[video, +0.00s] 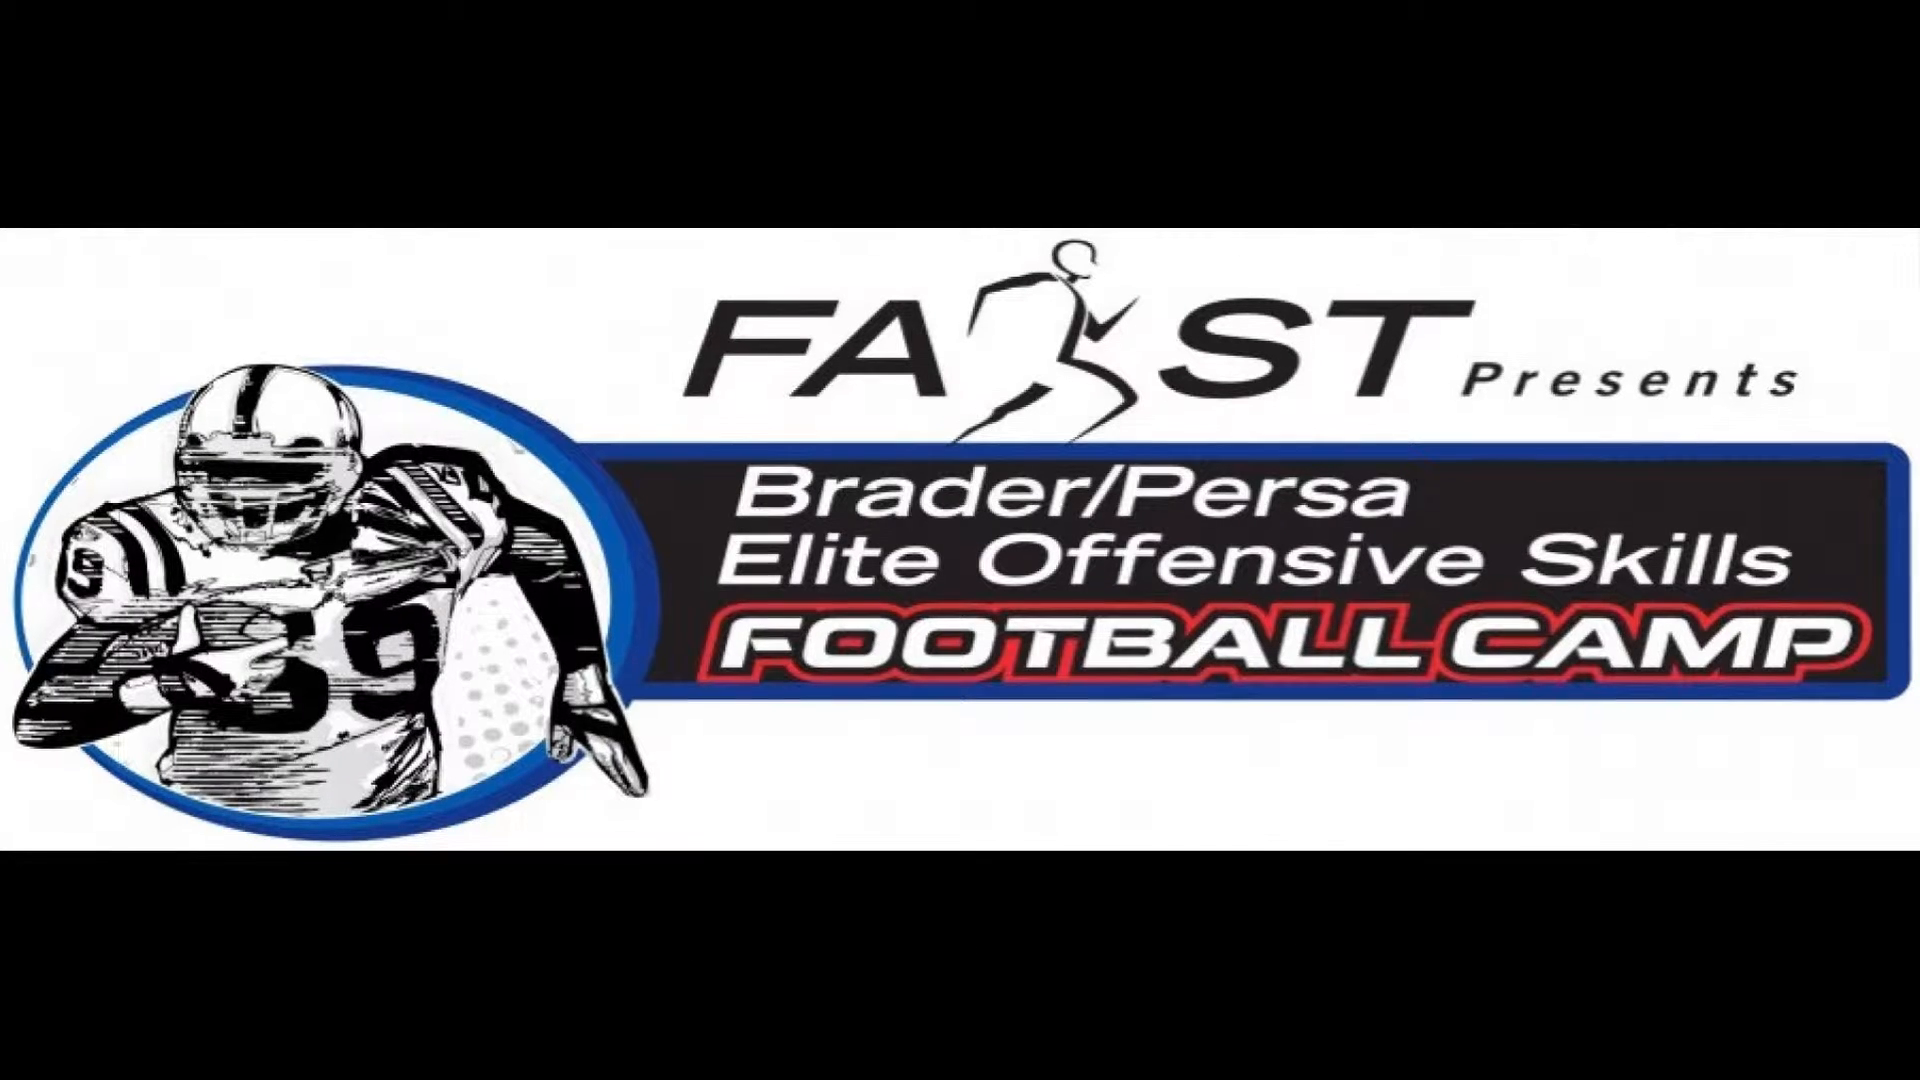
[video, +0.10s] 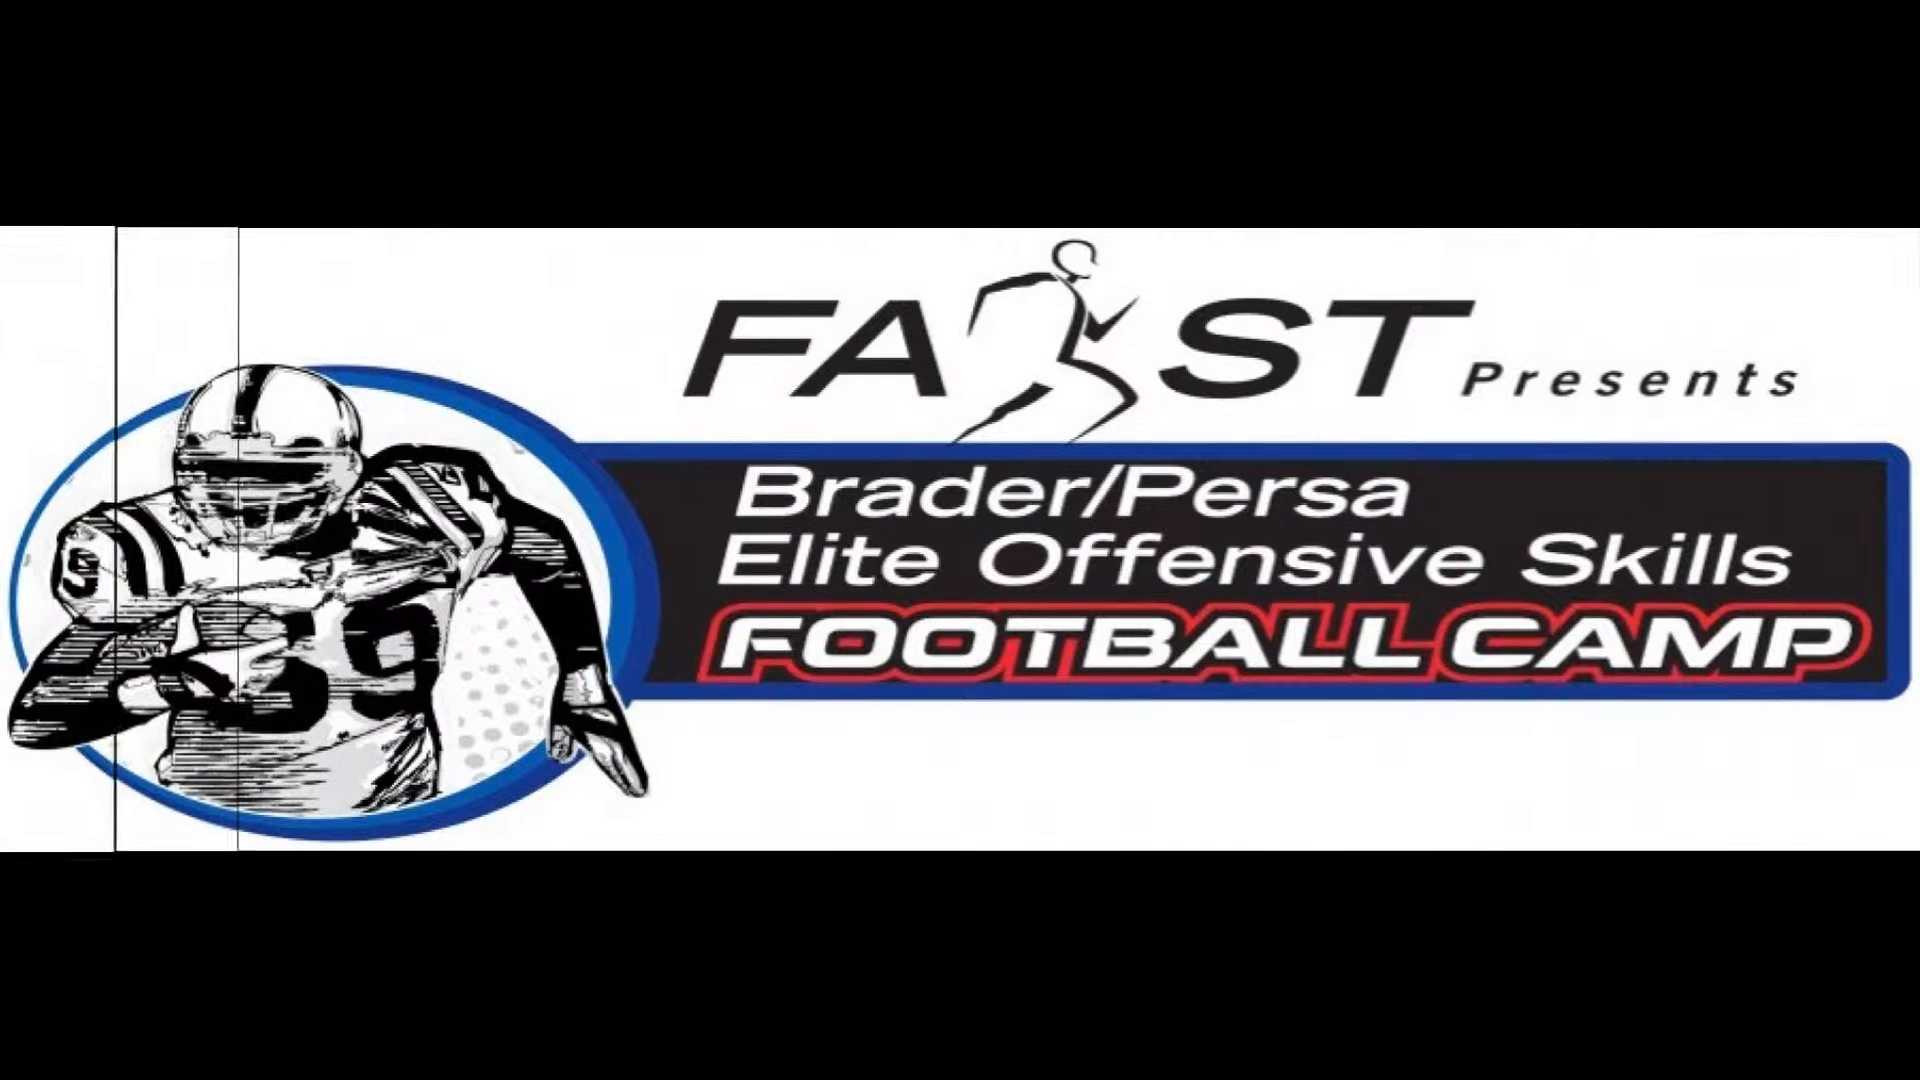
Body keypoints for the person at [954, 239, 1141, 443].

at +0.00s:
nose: (1090, 267)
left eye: (1090, 261)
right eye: (1085, 260)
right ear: (1071, 262)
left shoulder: (1078, 299)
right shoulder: (1045, 280)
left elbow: (1096, 333)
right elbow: (986, 291)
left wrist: (1128, 307)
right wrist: (970, 330)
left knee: (1000, 412)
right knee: (1128, 397)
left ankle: (953, 443)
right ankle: (1072, 441)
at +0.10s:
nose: (1088, 266)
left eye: (1089, 260)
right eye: (1082, 258)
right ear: (1069, 261)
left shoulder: (1077, 299)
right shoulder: (1045, 280)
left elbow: (1096, 333)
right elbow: (986, 291)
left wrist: (1128, 307)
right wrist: (970, 330)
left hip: (1052, 365)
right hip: (1059, 363)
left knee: (1001, 412)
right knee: (1128, 397)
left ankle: (953, 444)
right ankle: (1072, 441)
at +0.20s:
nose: (1090, 267)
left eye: (1090, 260)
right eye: (1084, 259)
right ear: (1071, 262)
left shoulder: (1078, 299)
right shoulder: (1044, 280)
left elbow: (1096, 334)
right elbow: (986, 291)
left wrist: (1127, 309)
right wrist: (970, 330)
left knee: (1001, 412)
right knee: (1128, 397)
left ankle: (952, 444)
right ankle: (1072, 441)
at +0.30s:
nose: (1090, 266)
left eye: (1090, 260)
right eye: (1084, 259)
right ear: (1068, 260)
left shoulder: (1078, 299)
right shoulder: (1044, 280)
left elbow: (1096, 333)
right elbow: (986, 291)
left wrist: (1127, 309)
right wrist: (970, 330)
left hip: (1052, 365)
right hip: (1058, 364)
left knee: (1002, 411)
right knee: (1128, 397)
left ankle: (955, 443)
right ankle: (1073, 441)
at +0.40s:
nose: (1090, 266)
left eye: (1090, 260)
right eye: (1084, 259)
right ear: (1068, 260)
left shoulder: (1078, 299)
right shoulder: (1044, 280)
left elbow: (1096, 333)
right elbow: (986, 291)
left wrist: (1127, 309)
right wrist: (970, 330)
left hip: (1052, 365)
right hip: (1058, 364)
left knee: (1002, 411)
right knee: (1128, 397)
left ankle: (955, 443)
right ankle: (1073, 441)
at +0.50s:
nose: (1090, 266)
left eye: (1090, 260)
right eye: (1084, 258)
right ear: (1069, 261)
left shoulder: (1077, 298)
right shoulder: (1044, 280)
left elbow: (1096, 333)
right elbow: (985, 290)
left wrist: (1127, 309)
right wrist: (970, 331)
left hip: (1053, 365)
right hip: (1057, 363)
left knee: (1002, 411)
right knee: (1128, 397)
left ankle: (955, 442)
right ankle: (1073, 441)